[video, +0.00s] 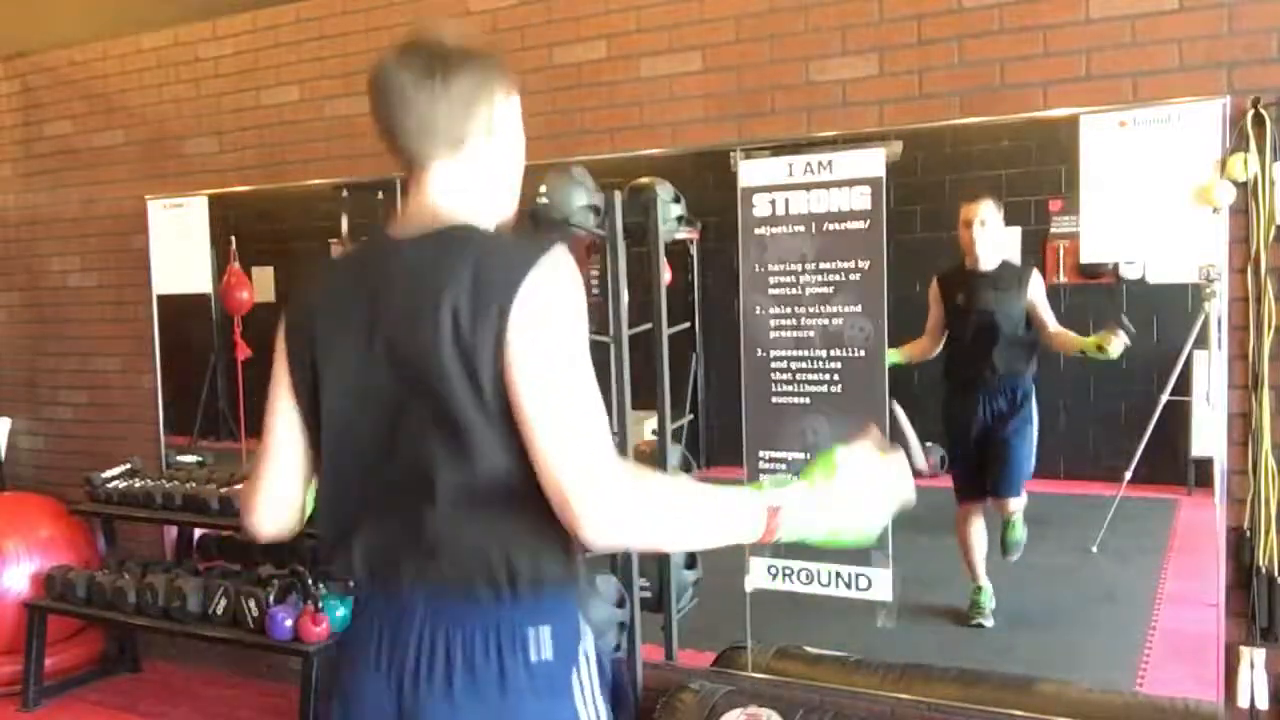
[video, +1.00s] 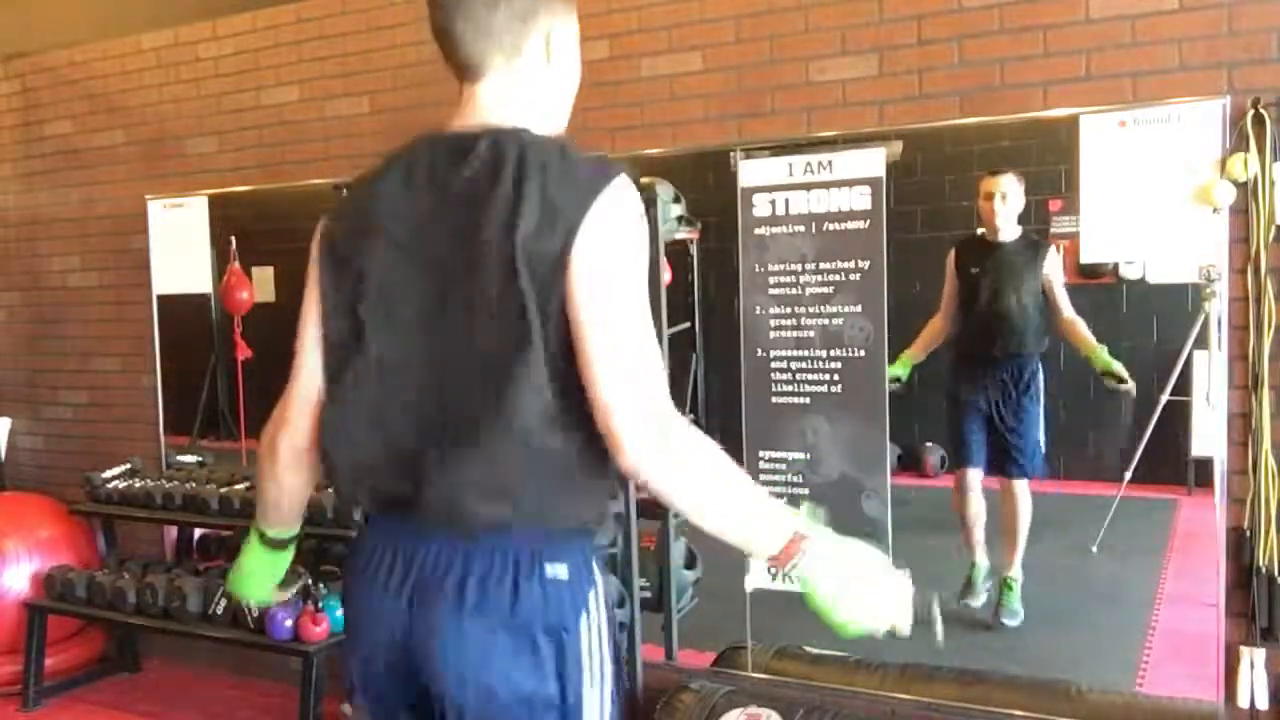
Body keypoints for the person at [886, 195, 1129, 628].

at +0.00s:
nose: (973, 233)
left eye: (983, 224)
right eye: (967, 225)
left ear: (1000, 229)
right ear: (958, 231)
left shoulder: (1026, 281)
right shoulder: (944, 284)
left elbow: (1052, 334)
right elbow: (931, 341)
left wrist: (1090, 344)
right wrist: (893, 354)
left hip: (1015, 398)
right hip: (964, 399)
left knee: (1006, 498)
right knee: (969, 502)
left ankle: (1013, 516)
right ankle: (980, 590)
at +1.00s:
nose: (995, 205)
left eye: (1004, 197)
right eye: (988, 197)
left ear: (1022, 203)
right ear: (977, 204)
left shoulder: (1043, 255)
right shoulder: (961, 254)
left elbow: (1066, 318)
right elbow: (945, 318)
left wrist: (1100, 358)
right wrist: (906, 359)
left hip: (1022, 376)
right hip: (970, 375)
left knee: (1015, 479)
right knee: (967, 478)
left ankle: (1012, 580)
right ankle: (977, 567)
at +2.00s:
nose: (974, 234)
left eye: (983, 225)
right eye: (968, 226)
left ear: (1001, 229)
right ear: (960, 231)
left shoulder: (1026, 277)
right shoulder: (946, 282)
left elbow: (1055, 332)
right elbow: (935, 338)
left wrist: (1089, 339)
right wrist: (897, 352)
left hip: (1019, 394)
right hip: (969, 395)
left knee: (1014, 494)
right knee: (980, 495)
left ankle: (1017, 598)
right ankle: (996, 585)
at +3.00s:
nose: (990, 208)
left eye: (999, 200)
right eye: (983, 200)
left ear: (1017, 208)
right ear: (973, 208)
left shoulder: (1038, 260)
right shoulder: (956, 258)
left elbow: (1062, 319)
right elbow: (936, 318)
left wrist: (1095, 351)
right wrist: (898, 354)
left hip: (1015, 381)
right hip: (966, 379)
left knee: (1010, 483)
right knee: (965, 482)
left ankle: (1007, 580)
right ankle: (972, 579)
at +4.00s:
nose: (991, 229)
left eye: (999, 221)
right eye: (985, 221)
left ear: (1018, 226)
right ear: (976, 227)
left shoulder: (1042, 276)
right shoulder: (960, 278)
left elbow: (1067, 333)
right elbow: (942, 335)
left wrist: (1106, 348)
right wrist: (903, 351)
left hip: (1024, 391)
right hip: (974, 392)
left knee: (1016, 495)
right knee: (980, 501)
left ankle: (1011, 589)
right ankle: (996, 545)